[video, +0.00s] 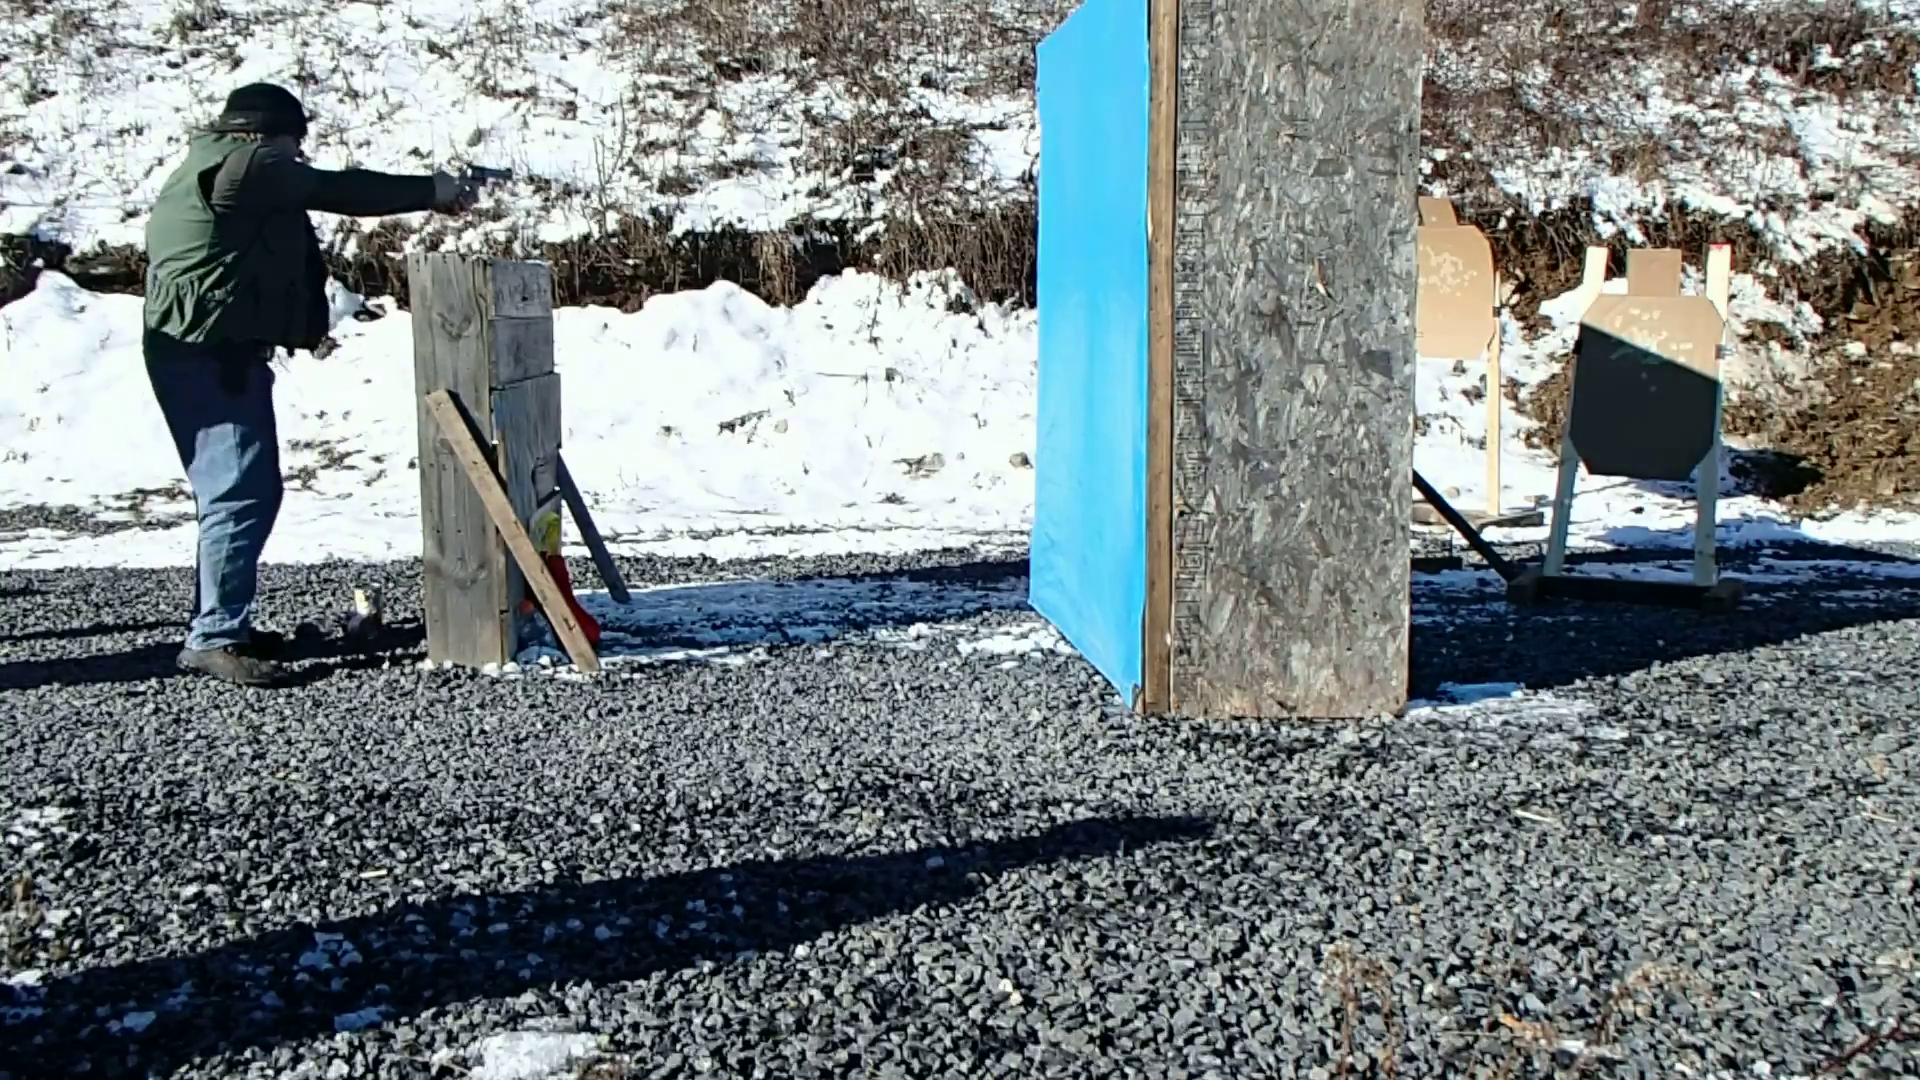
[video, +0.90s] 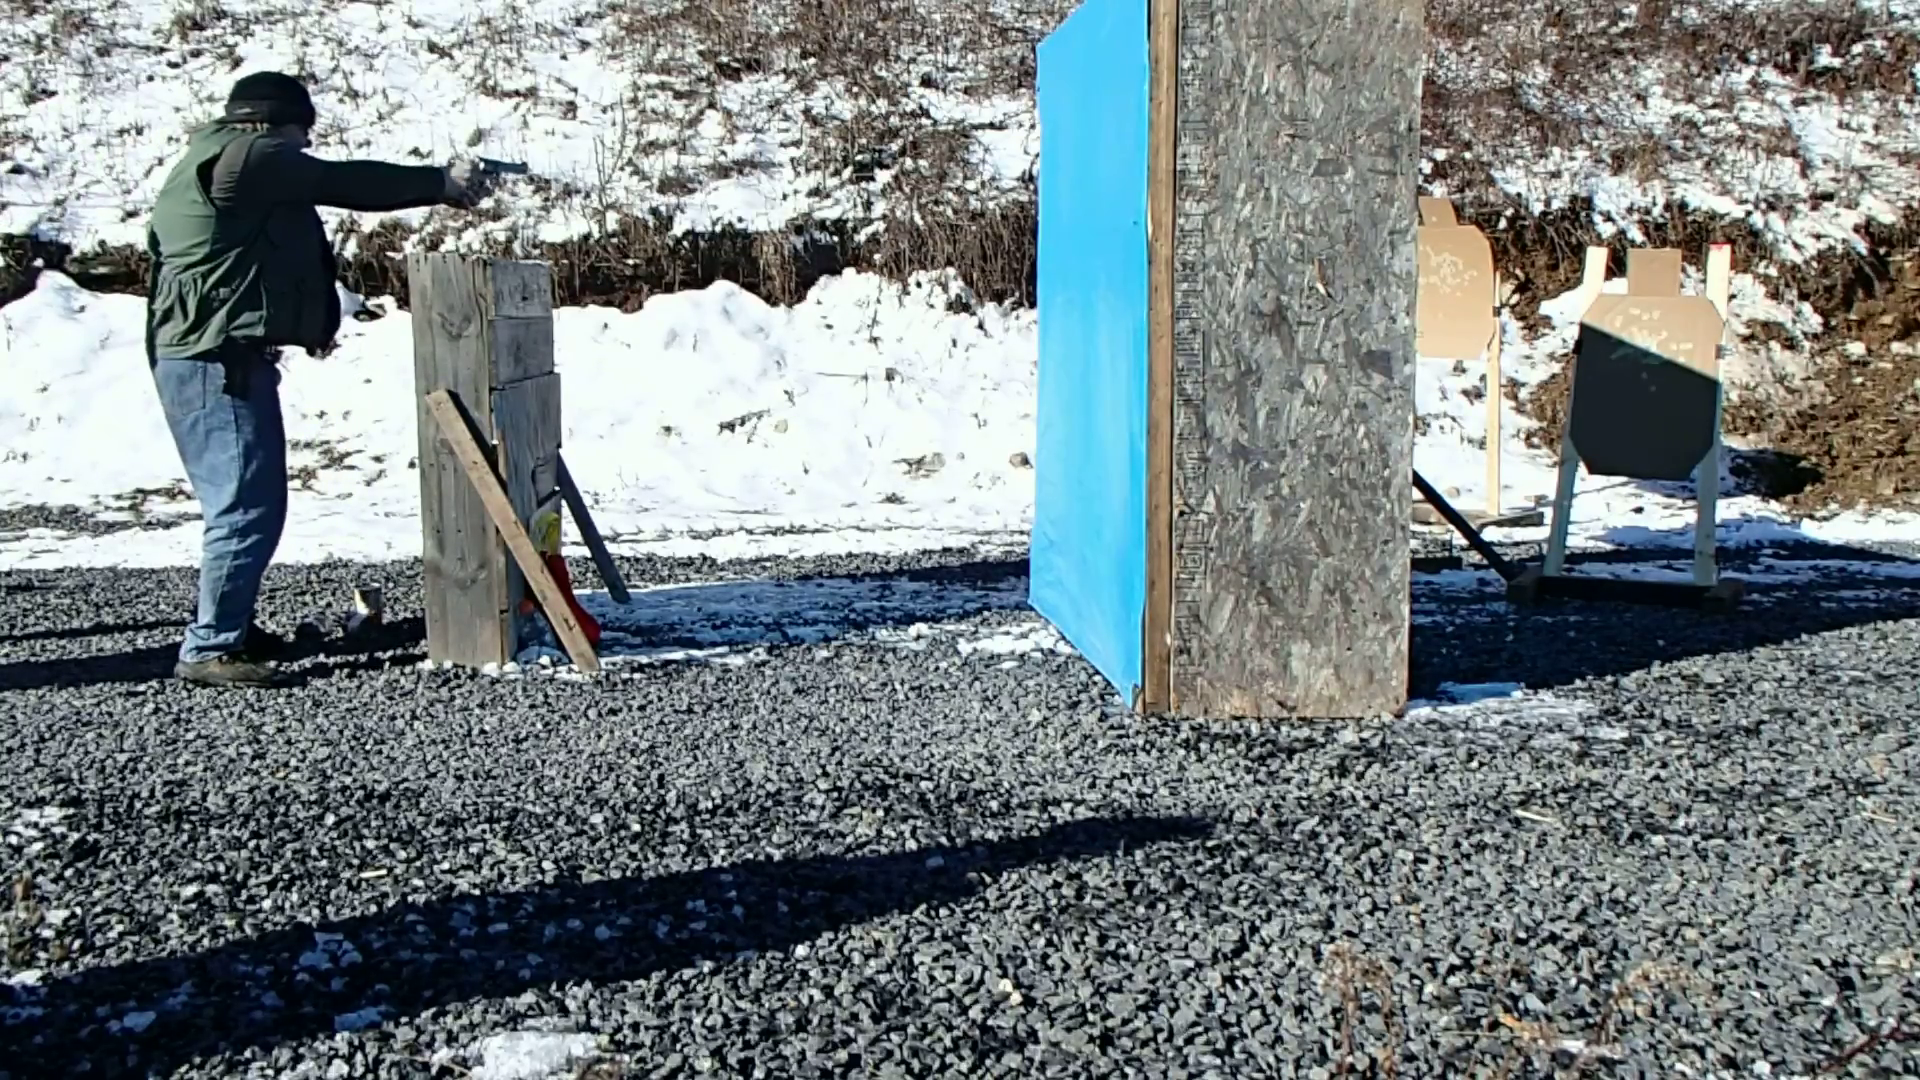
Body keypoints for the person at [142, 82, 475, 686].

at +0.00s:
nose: (298, 151)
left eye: (299, 141)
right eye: (293, 140)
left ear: (238, 126)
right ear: (269, 132)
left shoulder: (205, 166)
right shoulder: (248, 165)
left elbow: (240, 263)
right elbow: (348, 190)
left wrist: (304, 321)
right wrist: (436, 190)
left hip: (195, 348)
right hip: (216, 351)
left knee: (234, 489)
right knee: (242, 490)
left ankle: (225, 627)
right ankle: (215, 638)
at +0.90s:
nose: (305, 142)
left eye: (305, 132)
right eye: (300, 130)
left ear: (244, 114)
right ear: (277, 122)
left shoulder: (206, 158)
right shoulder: (248, 156)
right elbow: (350, 182)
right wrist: (445, 181)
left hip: (210, 354)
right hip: (219, 357)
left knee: (248, 499)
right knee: (246, 502)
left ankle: (228, 631)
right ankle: (211, 646)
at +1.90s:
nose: (306, 158)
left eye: (307, 146)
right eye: (302, 144)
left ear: (258, 133)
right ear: (268, 136)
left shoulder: (240, 172)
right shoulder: (220, 165)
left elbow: (325, 238)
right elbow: (302, 214)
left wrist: (398, 204)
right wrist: (397, 197)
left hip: (222, 362)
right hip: (201, 363)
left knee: (233, 504)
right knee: (269, 488)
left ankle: (208, 631)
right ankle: (219, 639)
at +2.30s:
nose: (335, 165)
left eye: (337, 154)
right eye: (325, 154)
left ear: (326, 154)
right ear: (280, 156)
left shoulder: (336, 215)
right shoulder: (218, 205)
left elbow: (361, 316)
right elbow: (242, 286)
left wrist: (382, 285)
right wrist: (348, 266)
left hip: (303, 401)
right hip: (227, 399)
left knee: (320, 526)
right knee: (272, 531)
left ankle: (221, 596)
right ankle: (225, 669)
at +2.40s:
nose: (356, 159)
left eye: (358, 147)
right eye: (344, 147)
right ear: (299, 151)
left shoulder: (352, 210)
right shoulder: (244, 205)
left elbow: (383, 299)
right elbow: (285, 285)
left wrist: (421, 279)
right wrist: (390, 261)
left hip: (330, 406)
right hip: (250, 409)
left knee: (375, 517)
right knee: (286, 540)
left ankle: (298, 625)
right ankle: (227, 667)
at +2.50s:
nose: (383, 147)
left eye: (385, 135)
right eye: (371, 136)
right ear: (325, 140)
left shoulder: (378, 198)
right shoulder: (276, 192)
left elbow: (414, 281)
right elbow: (330, 271)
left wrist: (456, 258)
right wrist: (435, 255)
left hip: (360, 401)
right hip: (281, 402)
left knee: (411, 512)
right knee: (300, 543)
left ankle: (386, 662)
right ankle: (234, 665)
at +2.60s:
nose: (407, 153)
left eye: (408, 140)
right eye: (396, 141)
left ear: (390, 139)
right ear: (353, 140)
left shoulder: (403, 193)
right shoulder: (303, 188)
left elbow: (457, 262)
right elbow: (373, 255)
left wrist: (508, 256)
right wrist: (482, 242)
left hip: (388, 399)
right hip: (311, 400)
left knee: (436, 525)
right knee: (372, 532)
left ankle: (409, 682)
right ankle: (267, 629)